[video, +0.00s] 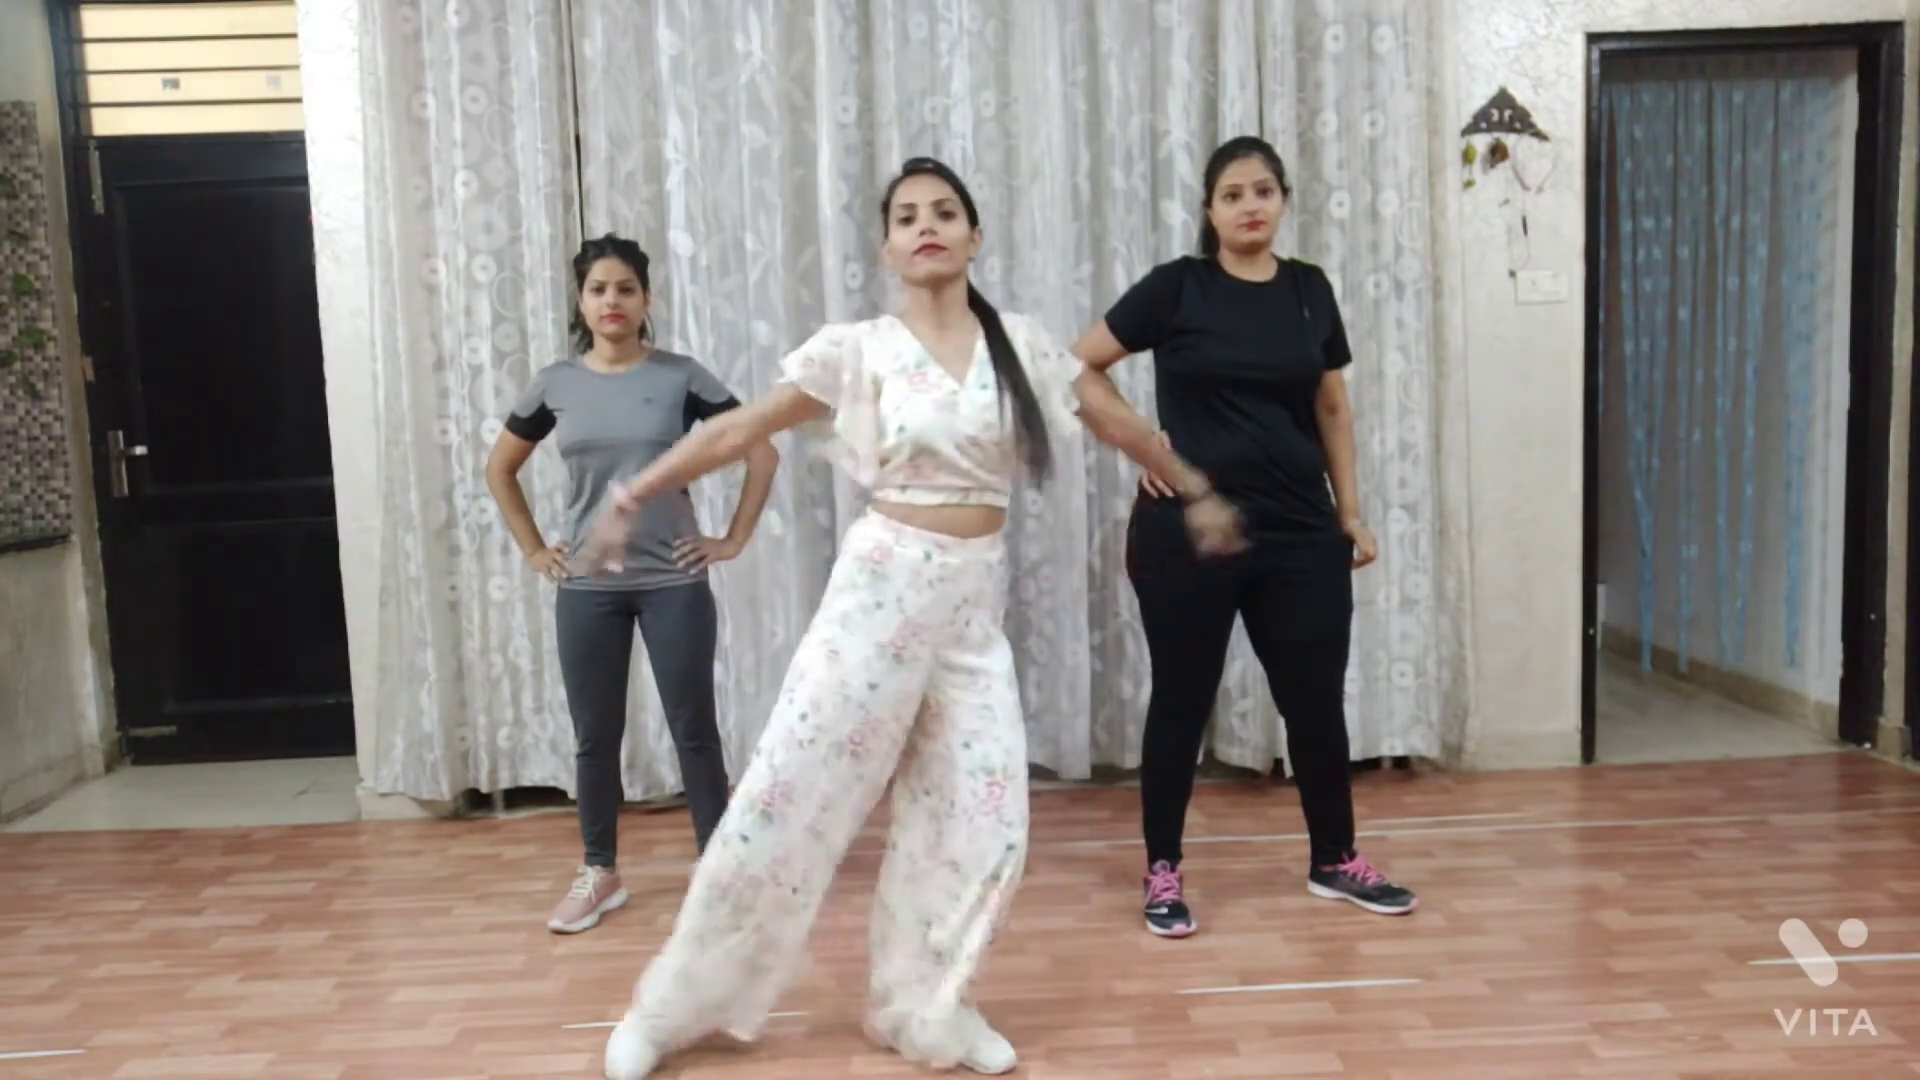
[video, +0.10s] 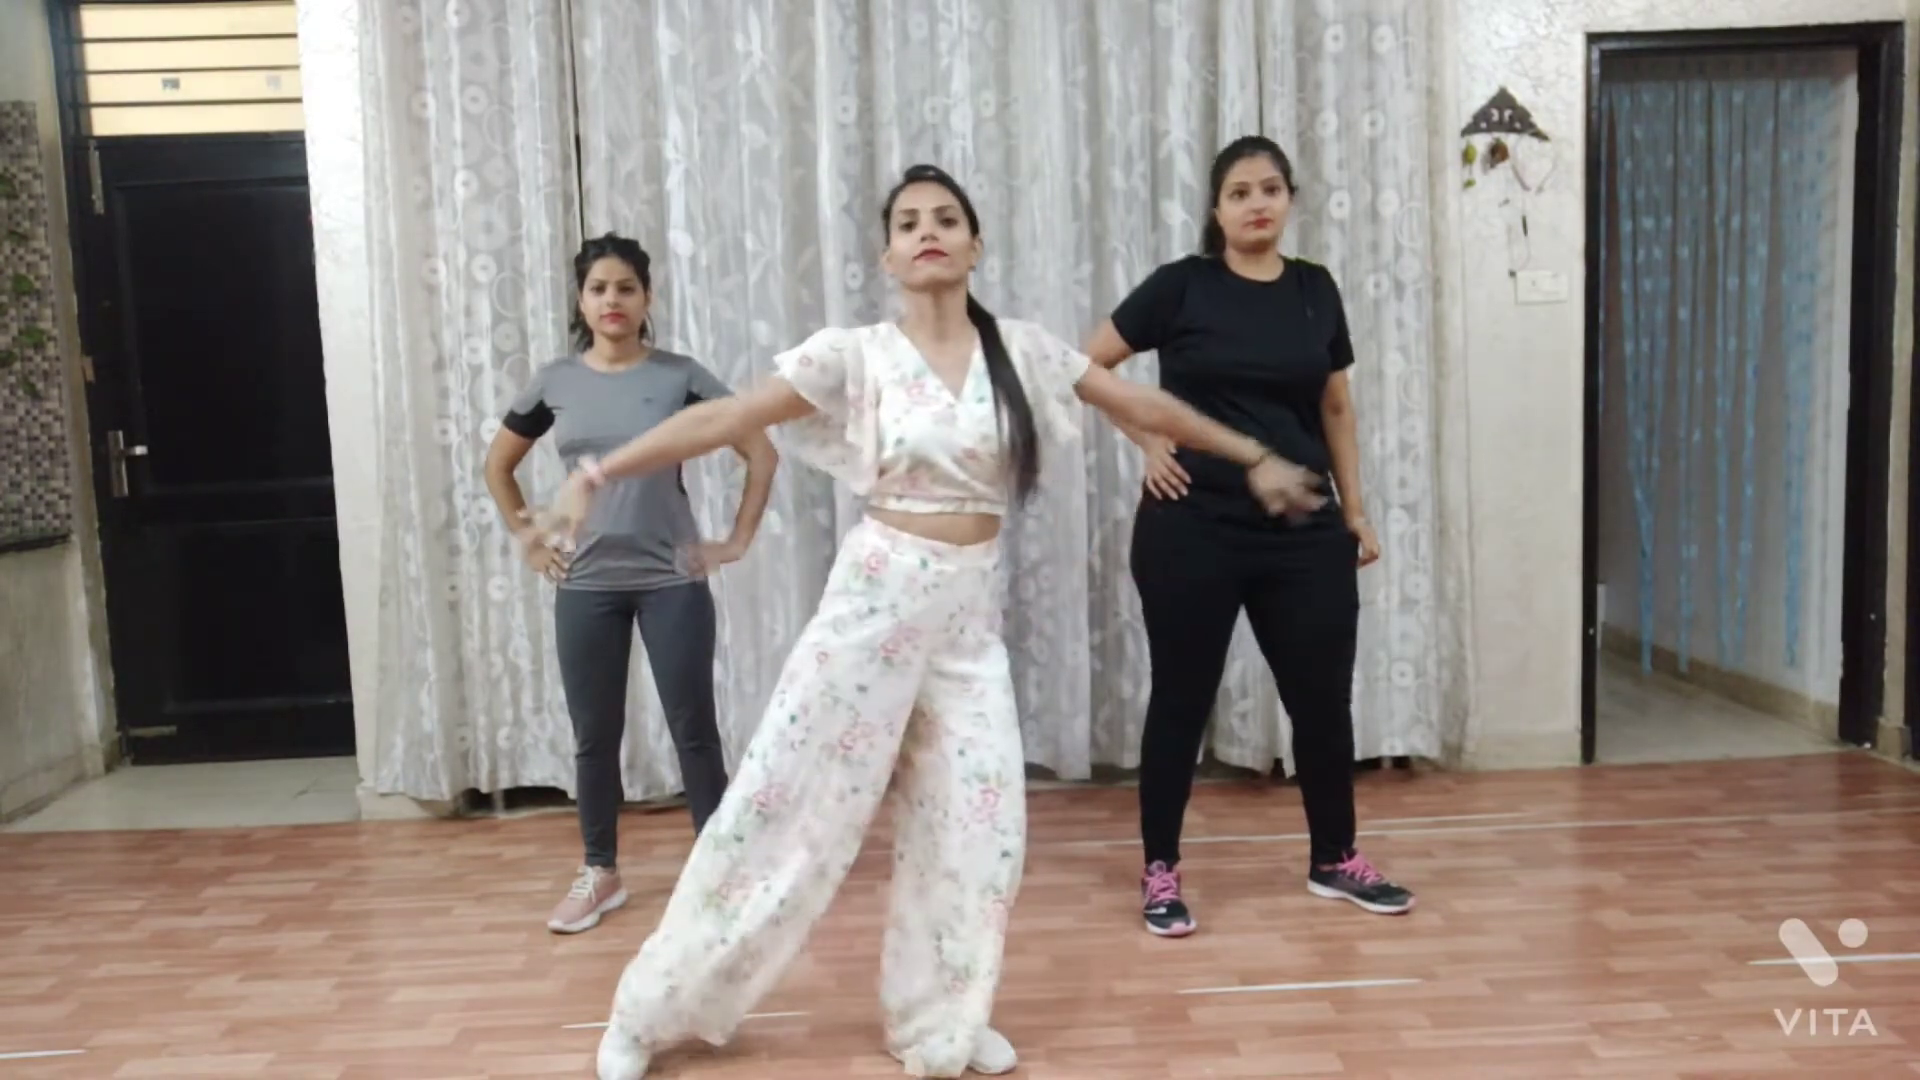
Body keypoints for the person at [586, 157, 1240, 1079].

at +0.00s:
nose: (927, 230)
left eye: (944, 215)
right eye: (908, 219)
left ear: (975, 236)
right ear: (887, 244)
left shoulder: (1021, 342)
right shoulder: (856, 349)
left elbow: (1120, 424)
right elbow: (738, 428)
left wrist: (1198, 494)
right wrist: (632, 491)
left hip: (975, 608)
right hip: (879, 600)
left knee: (991, 822)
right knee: (785, 798)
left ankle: (926, 1003)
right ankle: (662, 1013)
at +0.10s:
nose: (929, 235)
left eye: (947, 222)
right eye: (910, 224)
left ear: (977, 248)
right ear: (885, 253)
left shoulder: (1023, 351)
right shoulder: (853, 354)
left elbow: (1145, 410)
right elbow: (726, 420)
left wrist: (1258, 458)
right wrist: (603, 468)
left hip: (969, 621)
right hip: (869, 613)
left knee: (981, 826)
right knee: (774, 805)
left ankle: (947, 1025)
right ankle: (643, 1017)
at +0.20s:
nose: (926, 237)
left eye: (943, 225)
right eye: (908, 226)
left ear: (974, 246)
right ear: (885, 250)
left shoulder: (1021, 348)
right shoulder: (853, 352)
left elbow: (1152, 398)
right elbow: (720, 412)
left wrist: (1275, 441)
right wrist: (596, 456)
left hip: (969, 615)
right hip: (871, 608)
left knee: (982, 819)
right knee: (770, 805)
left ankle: (949, 1027)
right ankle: (646, 1020)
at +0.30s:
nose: (924, 235)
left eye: (942, 222)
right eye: (906, 225)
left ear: (973, 246)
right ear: (886, 252)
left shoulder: (1018, 345)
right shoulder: (859, 350)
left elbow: (1154, 383)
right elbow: (732, 401)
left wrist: (1289, 423)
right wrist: (604, 437)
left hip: (970, 615)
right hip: (872, 608)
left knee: (981, 825)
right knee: (770, 807)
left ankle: (946, 1030)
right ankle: (644, 1014)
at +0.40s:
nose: (924, 236)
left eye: (942, 223)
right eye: (906, 225)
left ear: (973, 248)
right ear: (883, 252)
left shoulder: (1017, 344)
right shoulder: (859, 349)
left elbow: (1154, 379)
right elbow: (749, 390)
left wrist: (1283, 410)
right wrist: (632, 426)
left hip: (970, 612)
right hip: (868, 602)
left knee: (985, 818)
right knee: (767, 799)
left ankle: (949, 1028)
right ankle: (647, 1013)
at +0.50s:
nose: (926, 238)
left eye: (944, 224)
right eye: (907, 228)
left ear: (974, 250)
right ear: (885, 256)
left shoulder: (1009, 341)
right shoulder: (864, 348)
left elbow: (1131, 372)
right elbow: (772, 378)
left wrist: (1248, 404)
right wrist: (675, 408)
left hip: (972, 606)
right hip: (871, 599)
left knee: (983, 823)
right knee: (768, 797)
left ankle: (948, 1030)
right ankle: (646, 1014)